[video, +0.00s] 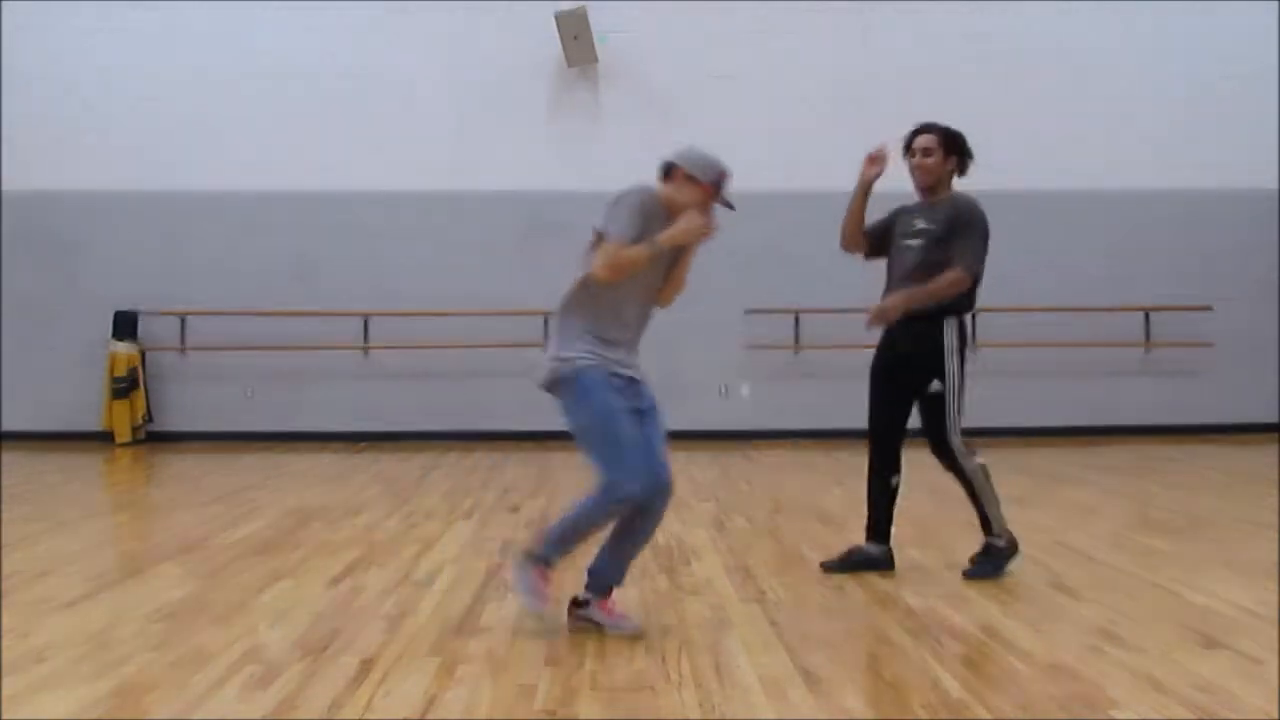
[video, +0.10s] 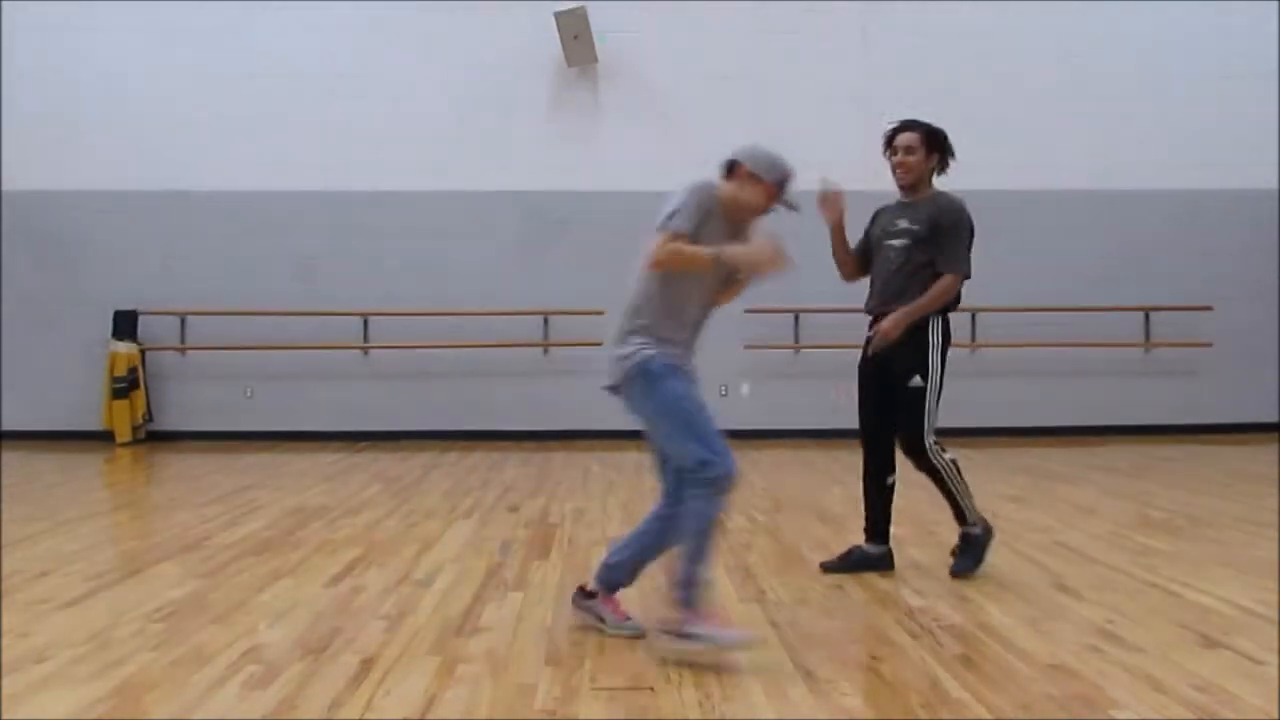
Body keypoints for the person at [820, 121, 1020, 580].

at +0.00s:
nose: (918, 162)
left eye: (928, 153)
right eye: (913, 154)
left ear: (952, 162)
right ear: (908, 163)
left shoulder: (966, 215)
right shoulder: (903, 217)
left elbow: (962, 278)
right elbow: (853, 242)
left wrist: (901, 300)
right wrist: (864, 185)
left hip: (940, 335)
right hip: (898, 336)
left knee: (946, 442)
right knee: (883, 442)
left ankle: (1000, 538)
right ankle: (877, 544)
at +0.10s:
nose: (899, 160)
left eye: (910, 152)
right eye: (894, 153)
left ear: (934, 160)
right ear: (889, 161)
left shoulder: (949, 212)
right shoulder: (883, 216)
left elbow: (951, 283)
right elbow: (851, 270)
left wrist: (903, 318)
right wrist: (836, 226)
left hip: (922, 333)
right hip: (881, 333)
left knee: (918, 442)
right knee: (876, 443)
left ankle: (974, 528)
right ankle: (877, 545)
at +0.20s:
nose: (885, 160)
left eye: (895, 151)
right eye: (879, 152)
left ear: (919, 157)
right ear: (873, 159)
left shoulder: (937, 209)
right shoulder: (871, 214)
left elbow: (950, 276)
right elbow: (852, 279)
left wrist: (896, 312)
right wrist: (825, 261)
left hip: (915, 330)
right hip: (873, 331)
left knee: (902, 440)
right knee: (869, 441)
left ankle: (936, 540)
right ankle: (875, 543)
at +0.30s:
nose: (874, 163)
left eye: (884, 154)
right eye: (867, 155)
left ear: (908, 157)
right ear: (860, 161)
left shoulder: (931, 209)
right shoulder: (860, 210)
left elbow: (943, 275)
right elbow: (847, 261)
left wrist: (881, 294)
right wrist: (843, 288)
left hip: (907, 324)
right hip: (866, 324)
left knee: (894, 440)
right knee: (859, 435)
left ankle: (890, 550)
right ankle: (861, 543)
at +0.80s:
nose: (857, 169)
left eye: (865, 159)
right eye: (850, 161)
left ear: (892, 155)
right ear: (845, 160)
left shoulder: (911, 200)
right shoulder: (848, 207)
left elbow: (908, 272)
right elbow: (841, 278)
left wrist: (838, 253)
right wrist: (823, 254)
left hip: (891, 326)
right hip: (851, 325)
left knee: (890, 439)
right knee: (848, 438)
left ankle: (891, 553)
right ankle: (869, 543)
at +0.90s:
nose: (851, 171)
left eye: (859, 161)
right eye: (845, 163)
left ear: (886, 155)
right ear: (841, 161)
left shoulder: (907, 200)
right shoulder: (846, 206)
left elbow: (900, 272)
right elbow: (843, 278)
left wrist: (833, 251)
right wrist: (817, 259)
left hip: (887, 327)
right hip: (848, 327)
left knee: (888, 439)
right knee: (846, 439)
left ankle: (890, 554)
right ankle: (863, 546)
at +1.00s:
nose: (846, 172)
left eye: (854, 162)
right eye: (840, 163)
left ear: (881, 155)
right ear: (837, 160)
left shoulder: (904, 201)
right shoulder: (843, 206)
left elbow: (900, 273)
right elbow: (830, 273)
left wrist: (846, 243)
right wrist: (782, 248)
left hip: (883, 329)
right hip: (844, 331)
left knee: (885, 444)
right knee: (848, 442)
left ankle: (889, 555)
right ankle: (862, 546)